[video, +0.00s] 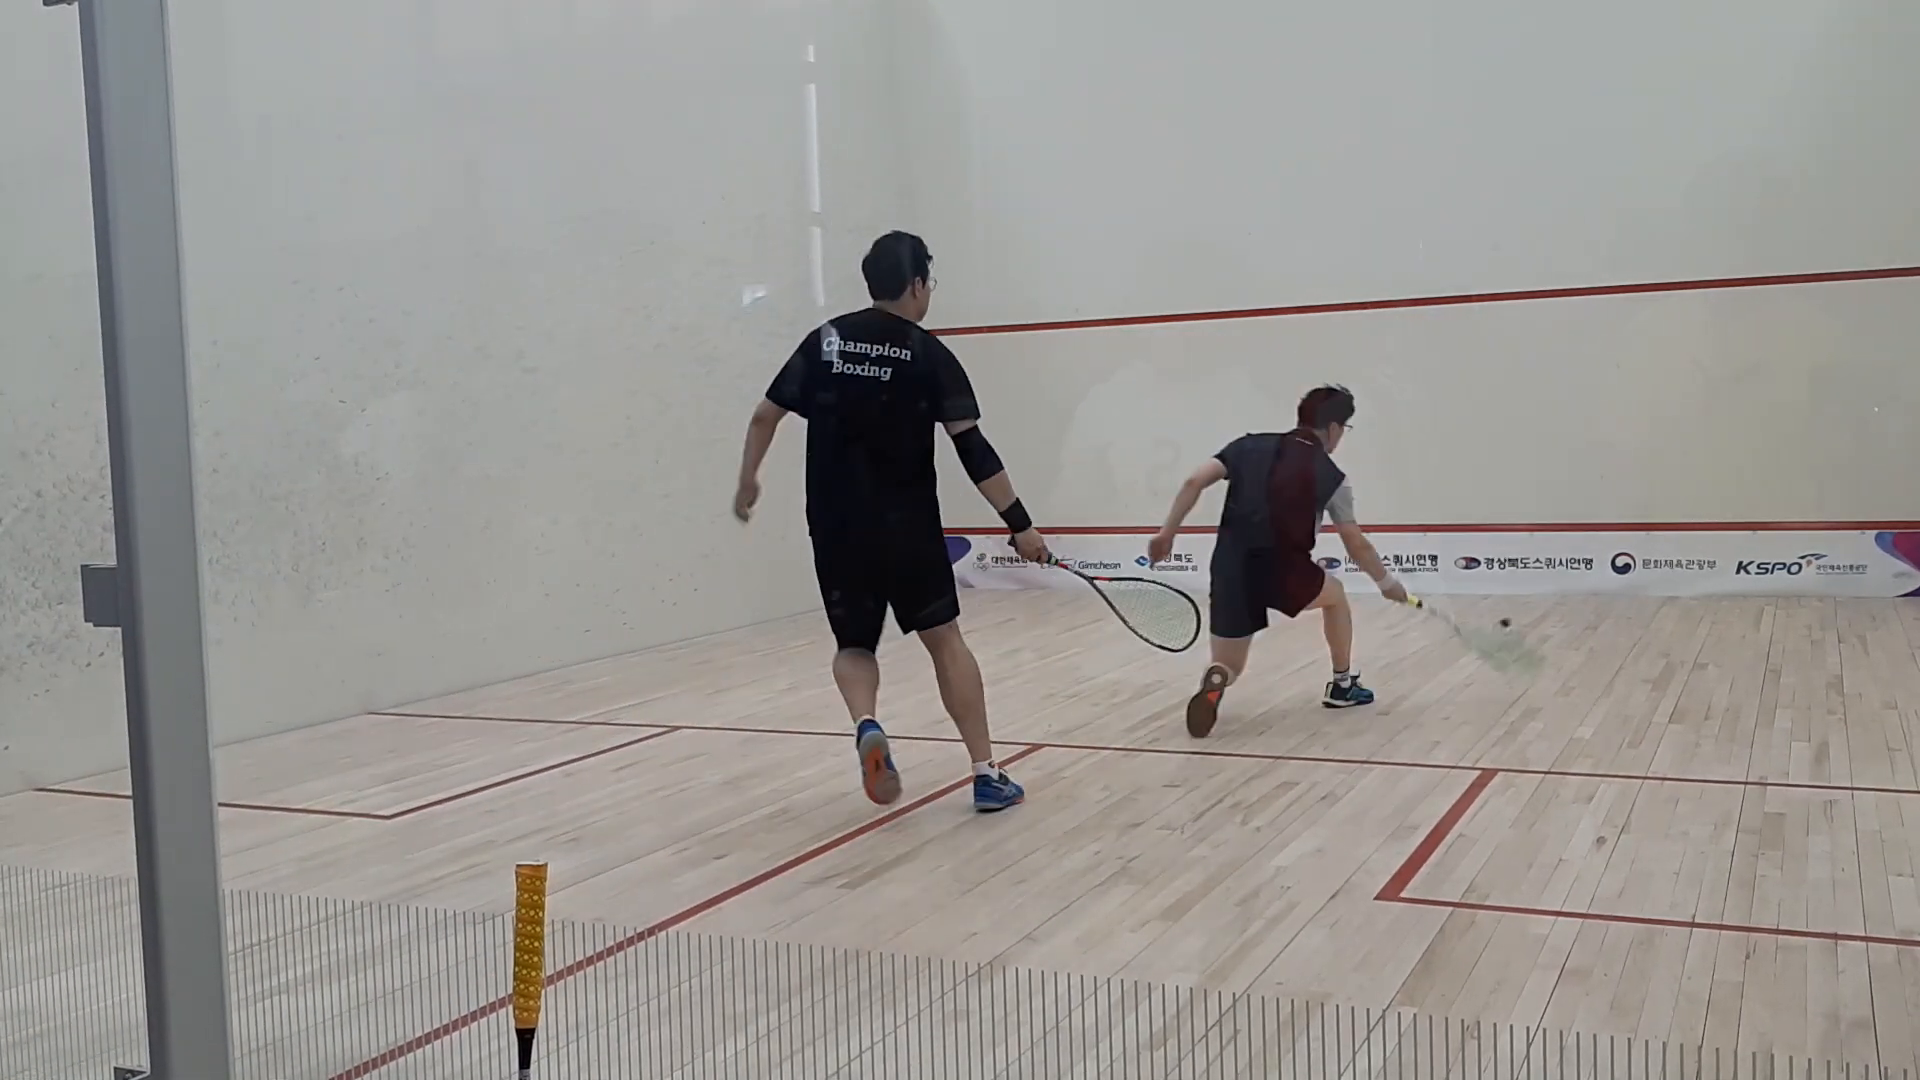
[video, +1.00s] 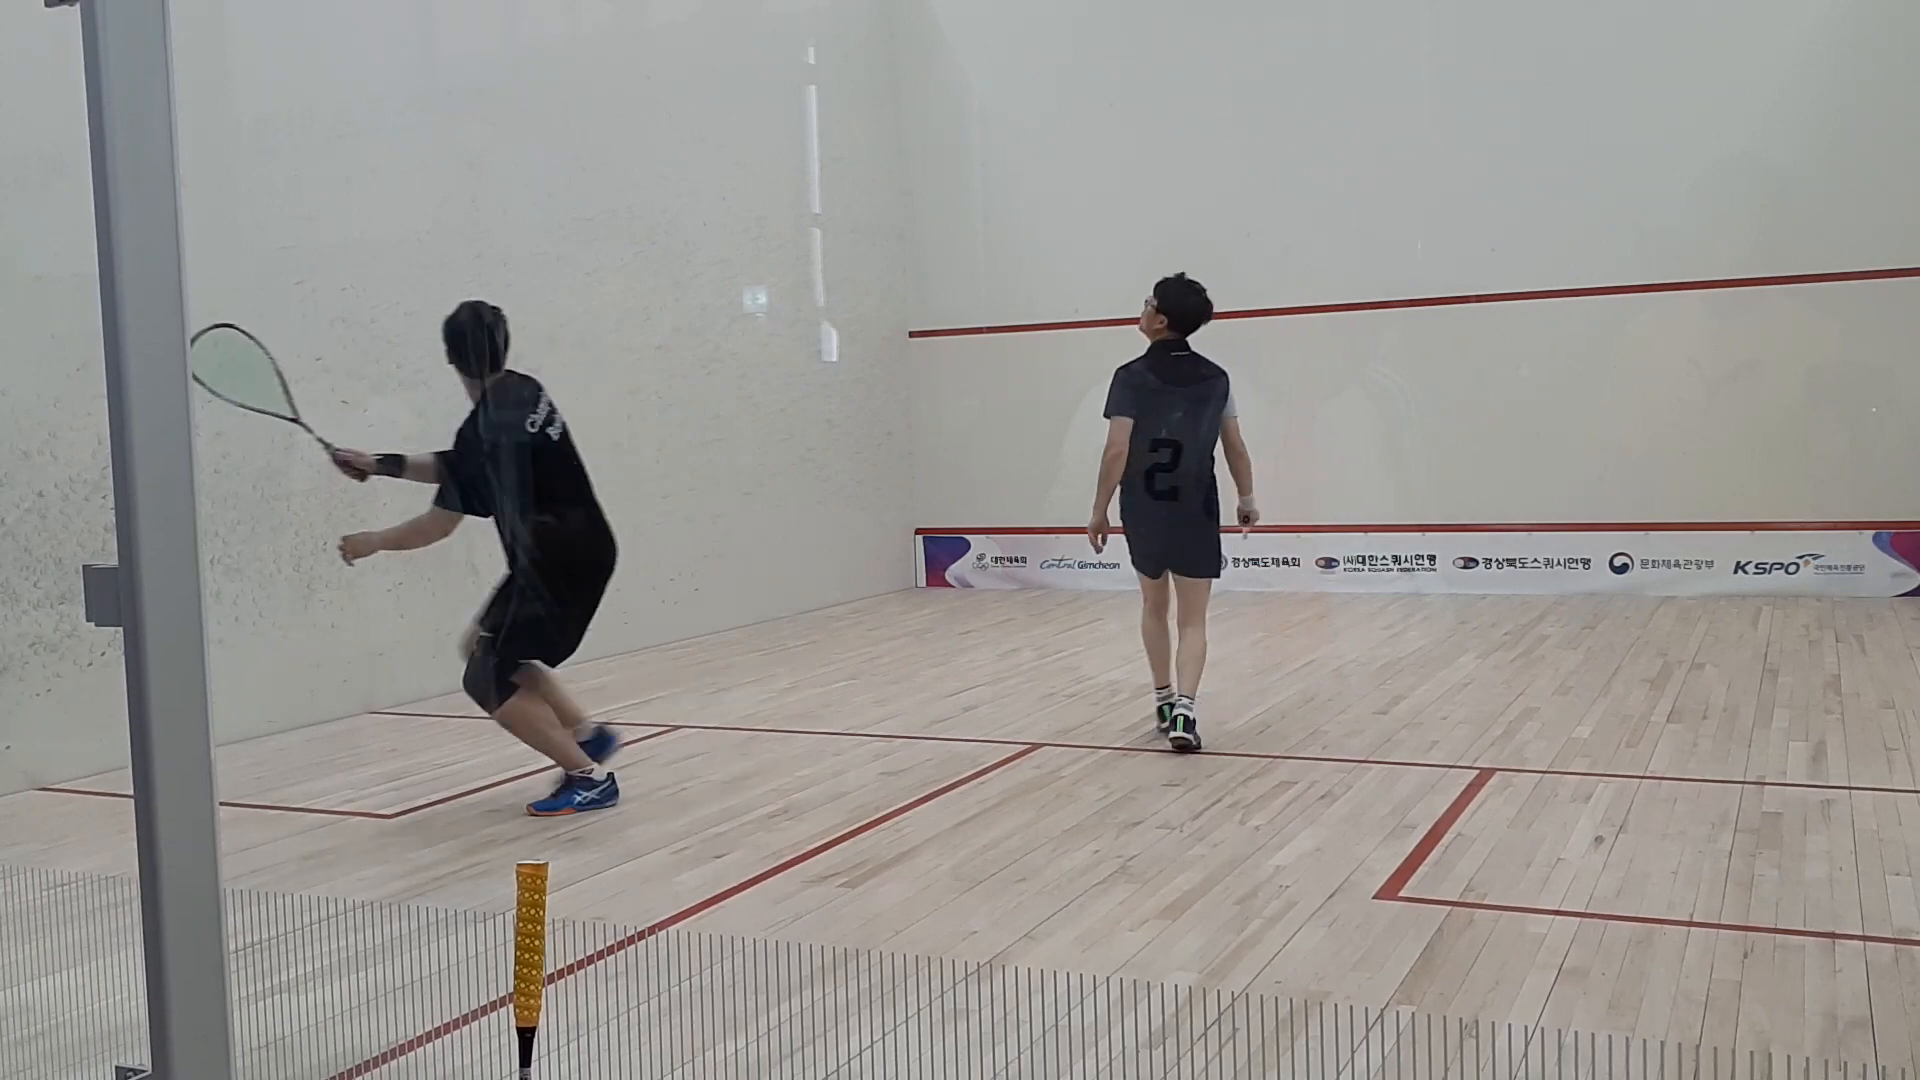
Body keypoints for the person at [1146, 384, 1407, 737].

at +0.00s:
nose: (1342, 437)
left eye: (1343, 429)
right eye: (1343, 428)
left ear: (1302, 419)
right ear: (1332, 427)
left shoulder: (1250, 446)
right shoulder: (1329, 475)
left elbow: (1194, 481)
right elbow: (1357, 545)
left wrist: (1166, 533)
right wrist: (1387, 583)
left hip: (1229, 571)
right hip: (1282, 573)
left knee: (1226, 662)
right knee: (1334, 594)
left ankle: (1212, 685)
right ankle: (1343, 683)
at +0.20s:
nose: (1358, 422)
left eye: (1357, 414)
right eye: (1358, 415)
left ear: (1317, 408)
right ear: (1354, 419)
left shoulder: (1276, 440)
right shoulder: (1357, 464)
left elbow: (1223, 478)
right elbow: (1382, 533)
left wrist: (1214, 535)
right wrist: (1401, 564)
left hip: (1257, 554)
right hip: (1308, 556)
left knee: (1270, 635)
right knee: (1353, 589)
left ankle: (1253, 665)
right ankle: (1344, 680)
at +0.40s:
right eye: (1338, 379)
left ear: (1296, 376)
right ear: (1336, 385)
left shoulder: (1260, 419)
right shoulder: (1344, 436)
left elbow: (1215, 472)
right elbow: (1360, 511)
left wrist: (1210, 529)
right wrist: (1382, 559)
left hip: (1255, 539)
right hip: (1310, 540)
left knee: (1260, 619)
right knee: (1344, 594)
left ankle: (1241, 662)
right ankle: (1343, 681)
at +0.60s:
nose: (1242, 344)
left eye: (1245, 339)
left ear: (1246, 347)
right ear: (1288, 355)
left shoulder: (1211, 398)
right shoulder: (1297, 409)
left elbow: (1178, 462)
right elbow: (1309, 481)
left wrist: (1177, 519)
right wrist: (1326, 540)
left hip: (1218, 526)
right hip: (1272, 527)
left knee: (1232, 614)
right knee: (1312, 602)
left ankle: (1211, 688)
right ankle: (1336, 679)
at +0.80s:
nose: (1188, 320)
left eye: (1192, 318)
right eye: (1192, 315)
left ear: (1198, 331)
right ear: (1233, 335)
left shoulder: (1162, 383)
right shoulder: (1254, 388)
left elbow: (1137, 453)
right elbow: (1271, 462)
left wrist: (1129, 508)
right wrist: (1290, 516)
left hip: (1182, 514)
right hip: (1235, 512)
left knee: (1205, 607)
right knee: (1266, 598)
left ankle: (1207, 699)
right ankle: (1251, 678)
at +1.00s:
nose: (1143, 310)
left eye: (1149, 307)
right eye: (1148, 303)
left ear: (1160, 321)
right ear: (1189, 325)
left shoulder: (1131, 375)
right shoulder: (1214, 376)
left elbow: (1117, 451)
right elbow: (1234, 444)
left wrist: (1100, 509)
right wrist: (1247, 495)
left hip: (1143, 512)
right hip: (1196, 513)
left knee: (1154, 605)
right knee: (1193, 621)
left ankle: (1165, 699)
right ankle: (1185, 708)